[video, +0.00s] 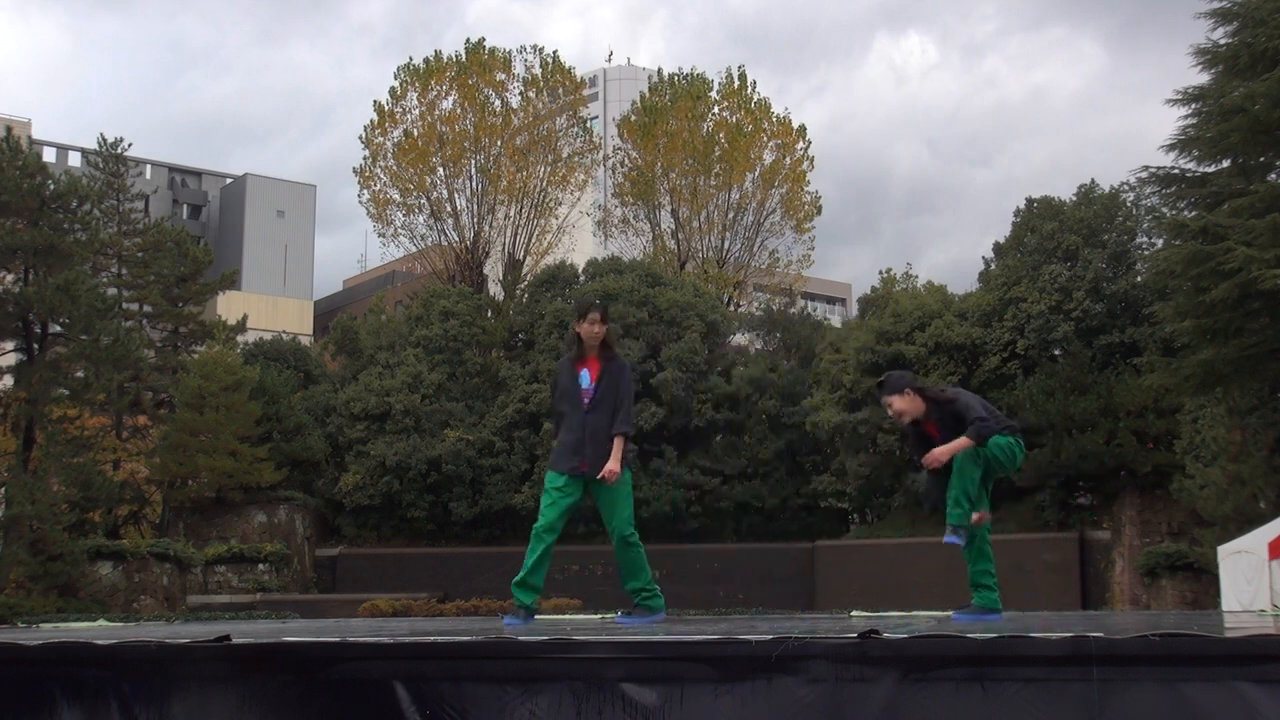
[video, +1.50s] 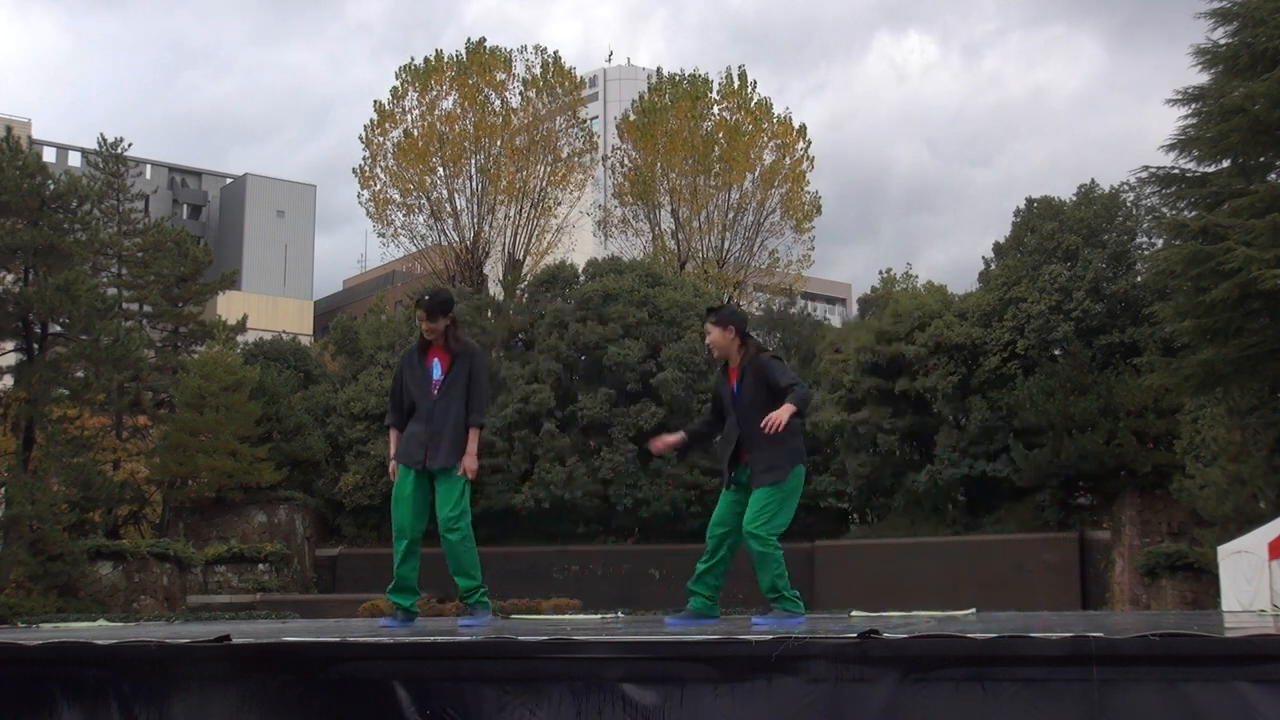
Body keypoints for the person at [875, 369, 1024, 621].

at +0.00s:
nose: (890, 412)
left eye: (890, 404)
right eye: (887, 408)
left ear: (908, 393)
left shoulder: (953, 398)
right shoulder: (917, 432)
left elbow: (985, 426)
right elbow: (937, 473)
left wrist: (947, 450)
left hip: (1006, 447)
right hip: (969, 466)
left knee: (969, 452)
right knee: (973, 526)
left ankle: (956, 523)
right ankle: (986, 601)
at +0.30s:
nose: (895, 359)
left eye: (902, 352)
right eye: (895, 353)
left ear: (923, 357)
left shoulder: (950, 396)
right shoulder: (902, 395)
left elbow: (949, 446)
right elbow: (907, 443)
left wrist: (899, 447)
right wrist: (892, 484)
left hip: (970, 468)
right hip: (937, 473)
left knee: (952, 523)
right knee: (938, 544)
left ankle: (981, 600)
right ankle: (982, 596)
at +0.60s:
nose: (844, 329)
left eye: (849, 323)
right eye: (845, 323)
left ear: (866, 327)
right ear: (866, 327)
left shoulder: (889, 364)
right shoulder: (866, 367)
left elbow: (899, 418)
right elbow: (879, 415)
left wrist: (860, 439)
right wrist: (861, 412)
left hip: (918, 463)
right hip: (889, 467)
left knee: (934, 534)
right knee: (857, 526)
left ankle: (979, 602)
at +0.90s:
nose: (779, 325)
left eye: (783, 318)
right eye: (780, 318)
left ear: (800, 323)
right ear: (801, 324)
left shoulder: (834, 355)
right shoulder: (800, 366)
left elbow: (865, 390)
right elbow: (796, 422)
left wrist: (826, 399)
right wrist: (795, 418)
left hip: (851, 453)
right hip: (830, 456)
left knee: (806, 511)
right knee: (839, 531)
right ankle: (866, 602)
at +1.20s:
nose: (730, 344)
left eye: (735, 338)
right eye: (731, 338)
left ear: (754, 342)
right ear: (752, 343)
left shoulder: (790, 375)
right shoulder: (745, 387)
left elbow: (830, 402)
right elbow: (729, 433)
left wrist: (802, 408)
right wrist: (693, 449)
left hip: (794, 474)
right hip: (760, 474)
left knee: (756, 530)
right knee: (723, 526)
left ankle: (789, 608)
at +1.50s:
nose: (707, 341)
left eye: (710, 334)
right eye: (706, 335)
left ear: (732, 333)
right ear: (729, 335)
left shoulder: (764, 363)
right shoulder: (725, 376)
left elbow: (800, 390)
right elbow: (714, 421)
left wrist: (787, 408)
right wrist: (679, 438)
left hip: (780, 467)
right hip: (743, 468)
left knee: (757, 529)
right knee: (720, 532)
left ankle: (787, 607)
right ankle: (703, 606)